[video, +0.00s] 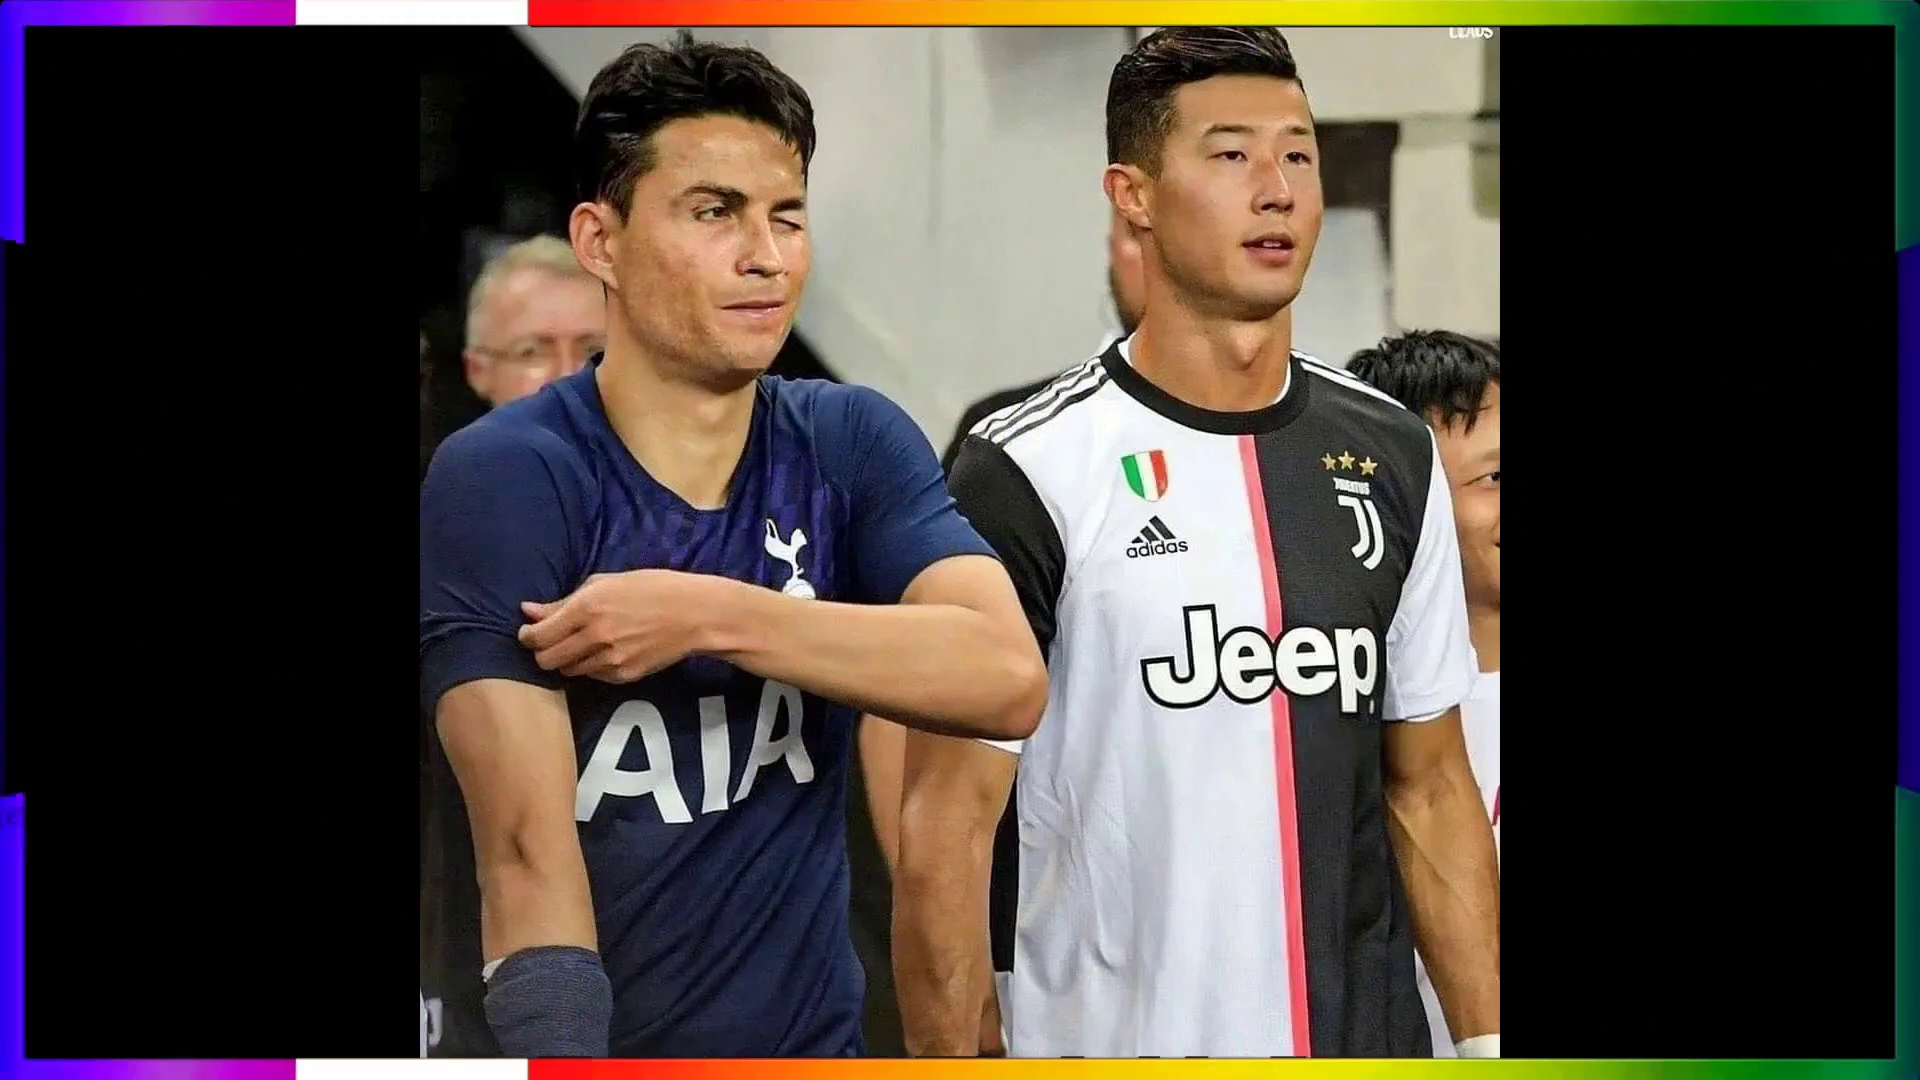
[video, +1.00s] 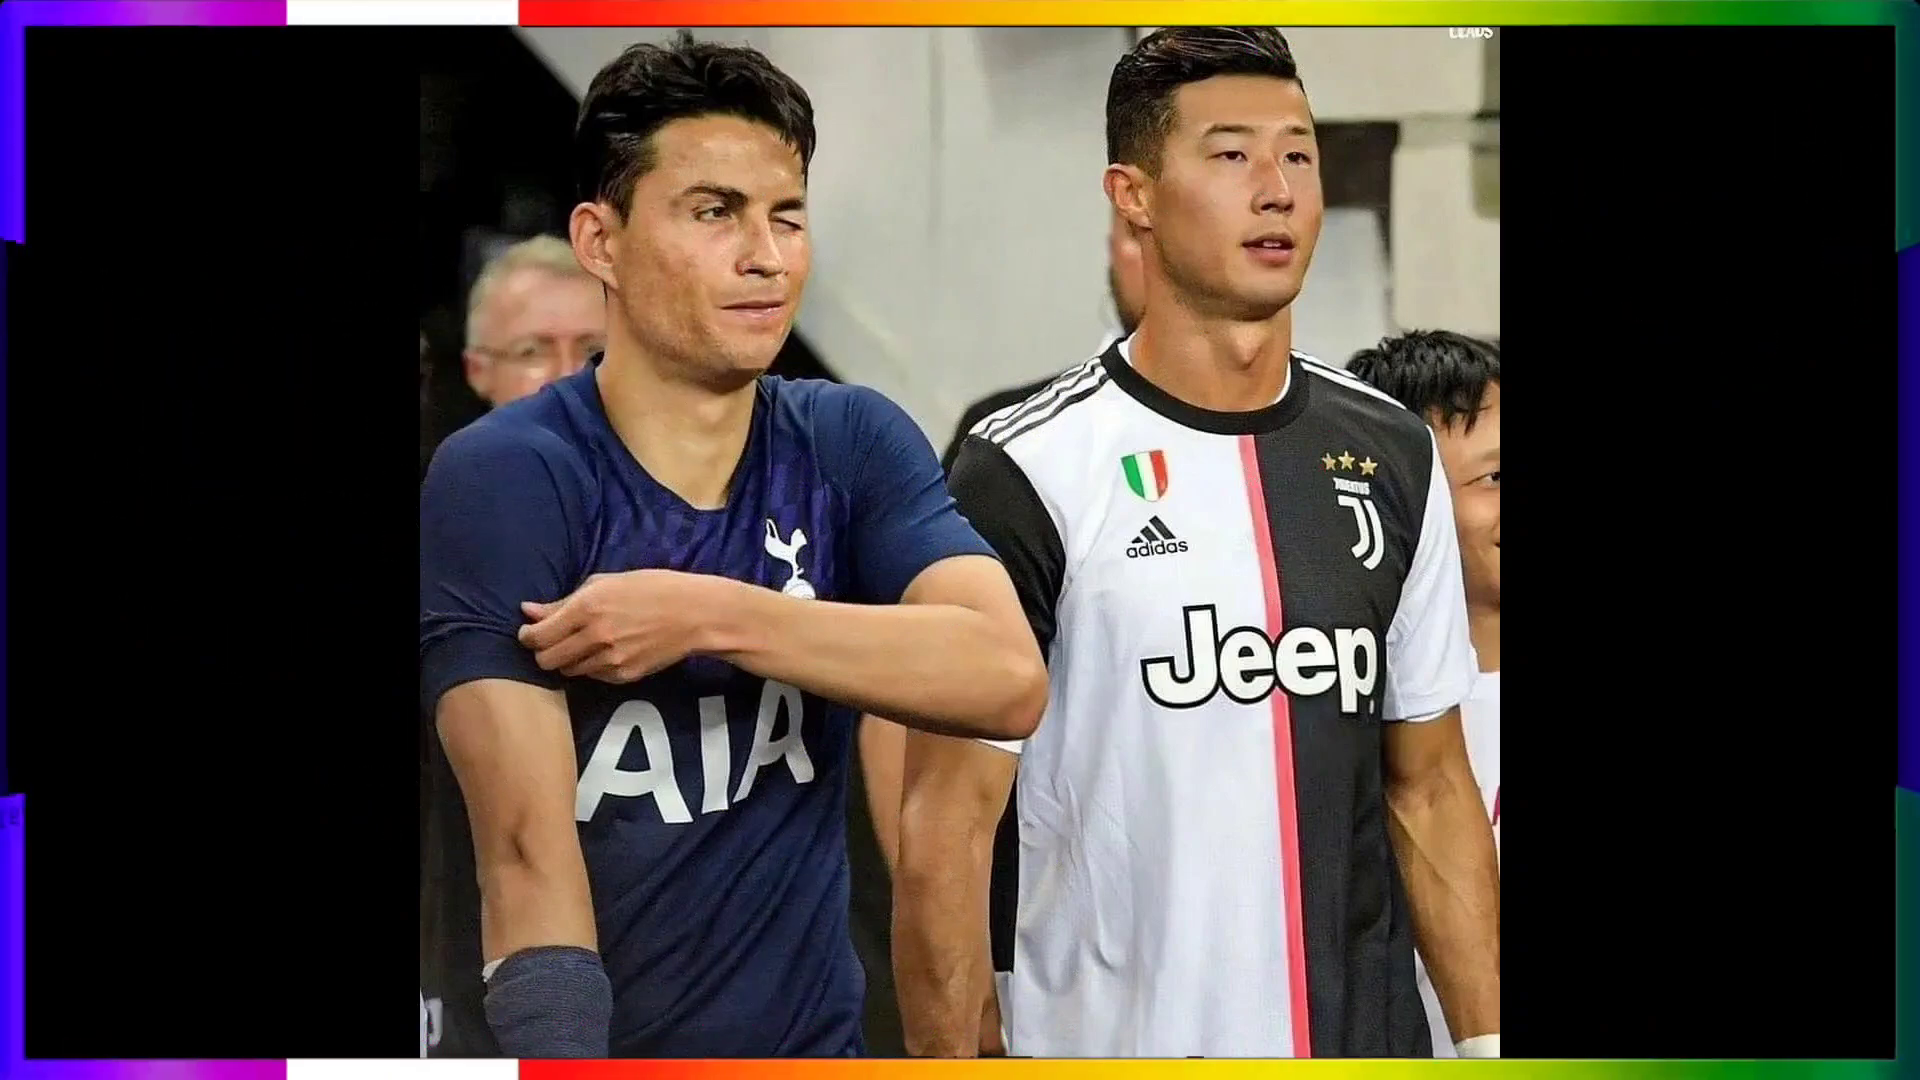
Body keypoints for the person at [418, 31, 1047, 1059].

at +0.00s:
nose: (766, 257)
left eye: (786, 218)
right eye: (712, 212)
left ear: (809, 237)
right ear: (601, 241)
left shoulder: (856, 439)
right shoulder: (499, 476)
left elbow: (1009, 681)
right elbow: (525, 850)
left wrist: (713, 613)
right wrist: (560, 1058)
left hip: (809, 1040)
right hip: (599, 1037)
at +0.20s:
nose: (766, 257)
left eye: (785, 218)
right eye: (712, 212)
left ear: (809, 237)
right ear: (601, 241)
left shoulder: (856, 439)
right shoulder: (499, 476)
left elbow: (1009, 681)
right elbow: (525, 851)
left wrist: (713, 613)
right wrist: (561, 1059)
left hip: (810, 1042)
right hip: (592, 1036)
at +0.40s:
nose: (766, 257)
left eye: (785, 218)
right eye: (712, 212)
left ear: (809, 237)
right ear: (601, 241)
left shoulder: (857, 439)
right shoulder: (499, 476)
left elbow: (1009, 681)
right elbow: (525, 851)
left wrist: (714, 613)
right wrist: (561, 1059)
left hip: (812, 1042)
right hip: (593, 1036)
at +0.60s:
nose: (765, 257)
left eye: (785, 217)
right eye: (712, 212)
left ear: (809, 236)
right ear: (601, 242)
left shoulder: (856, 439)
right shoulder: (499, 477)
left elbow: (1009, 681)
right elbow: (525, 851)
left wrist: (713, 613)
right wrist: (560, 1060)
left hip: (810, 1042)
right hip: (598, 1037)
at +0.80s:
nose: (765, 257)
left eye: (785, 217)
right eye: (712, 212)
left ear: (809, 236)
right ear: (601, 242)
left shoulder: (856, 439)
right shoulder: (499, 477)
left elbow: (1009, 681)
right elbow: (525, 851)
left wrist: (713, 613)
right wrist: (560, 1060)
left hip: (811, 1041)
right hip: (598, 1036)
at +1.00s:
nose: (765, 257)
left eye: (785, 217)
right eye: (712, 212)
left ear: (809, 235)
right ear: (601, 242)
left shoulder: (856, 439)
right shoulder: (500, 476)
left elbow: (1009, 681)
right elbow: (525, 851)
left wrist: (714, 613)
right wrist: (560, 1059)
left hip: (810, 1041)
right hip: (599, 1037)